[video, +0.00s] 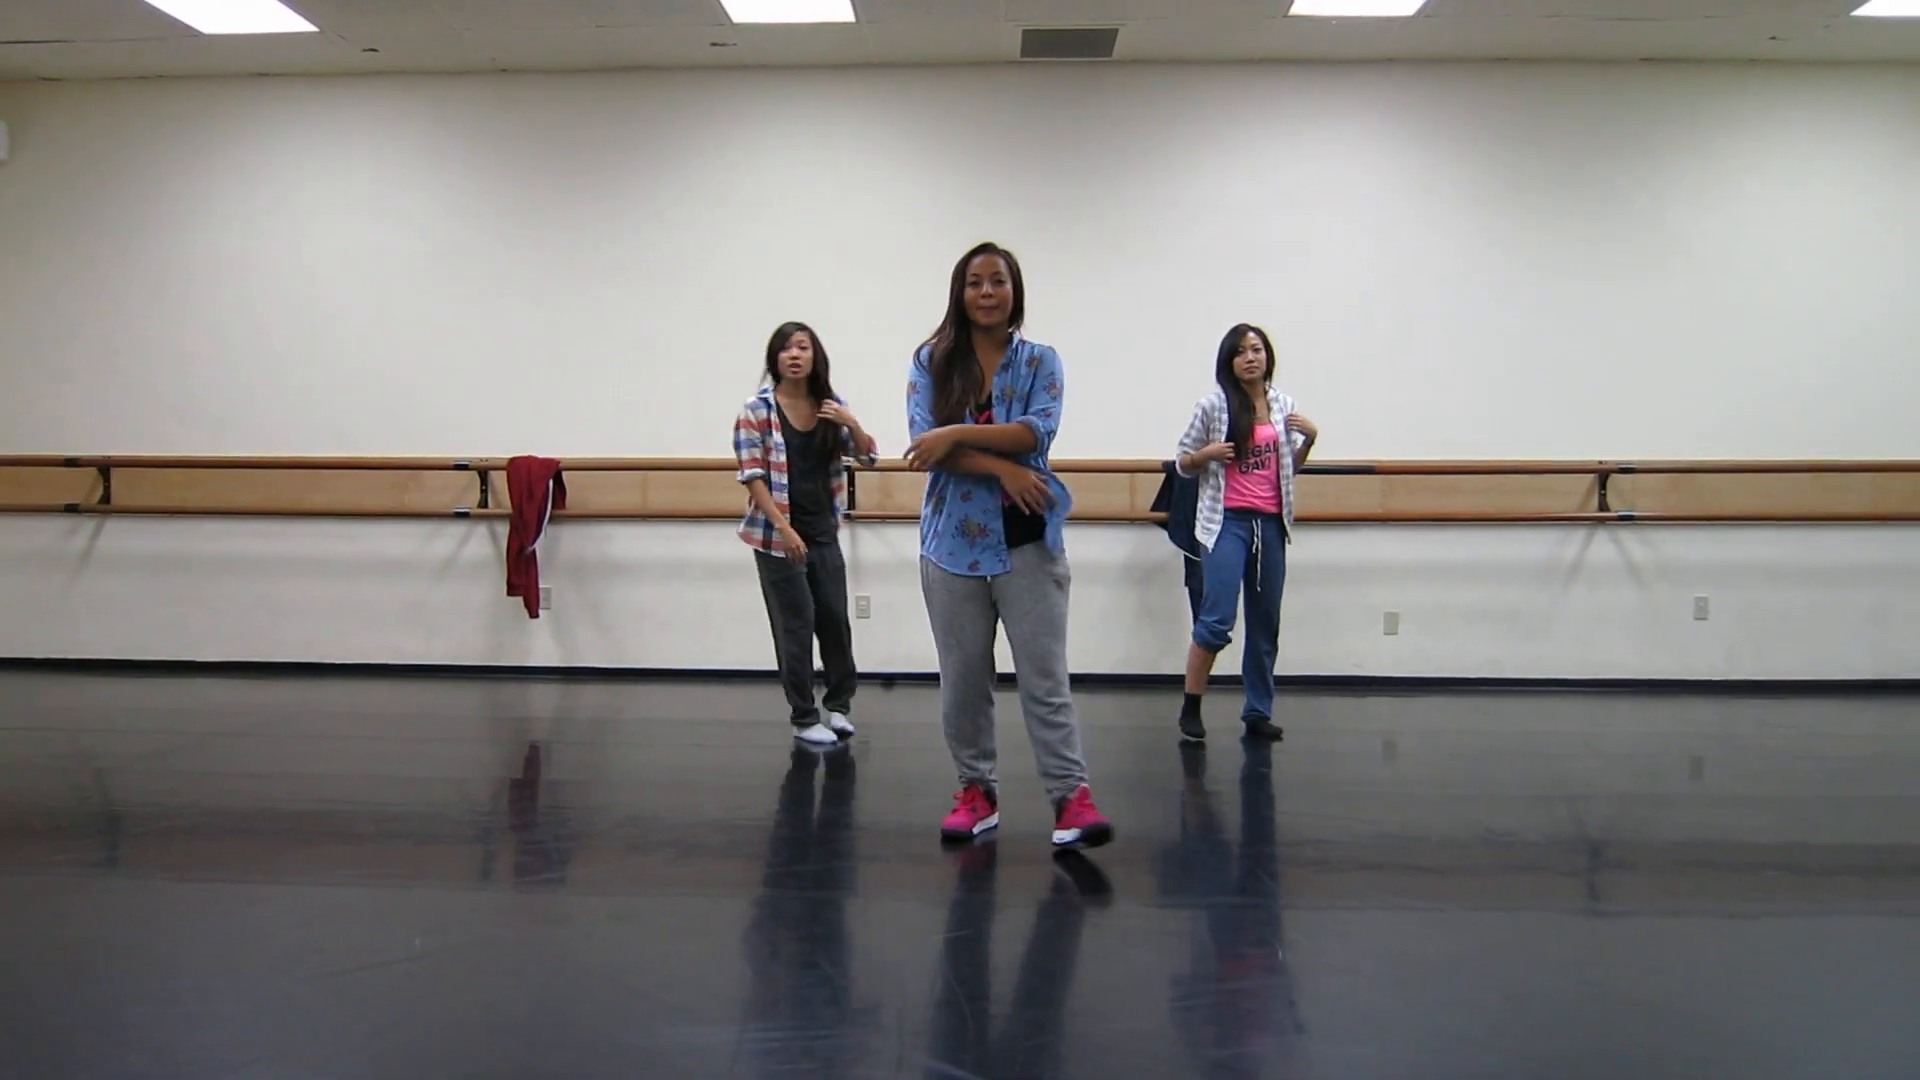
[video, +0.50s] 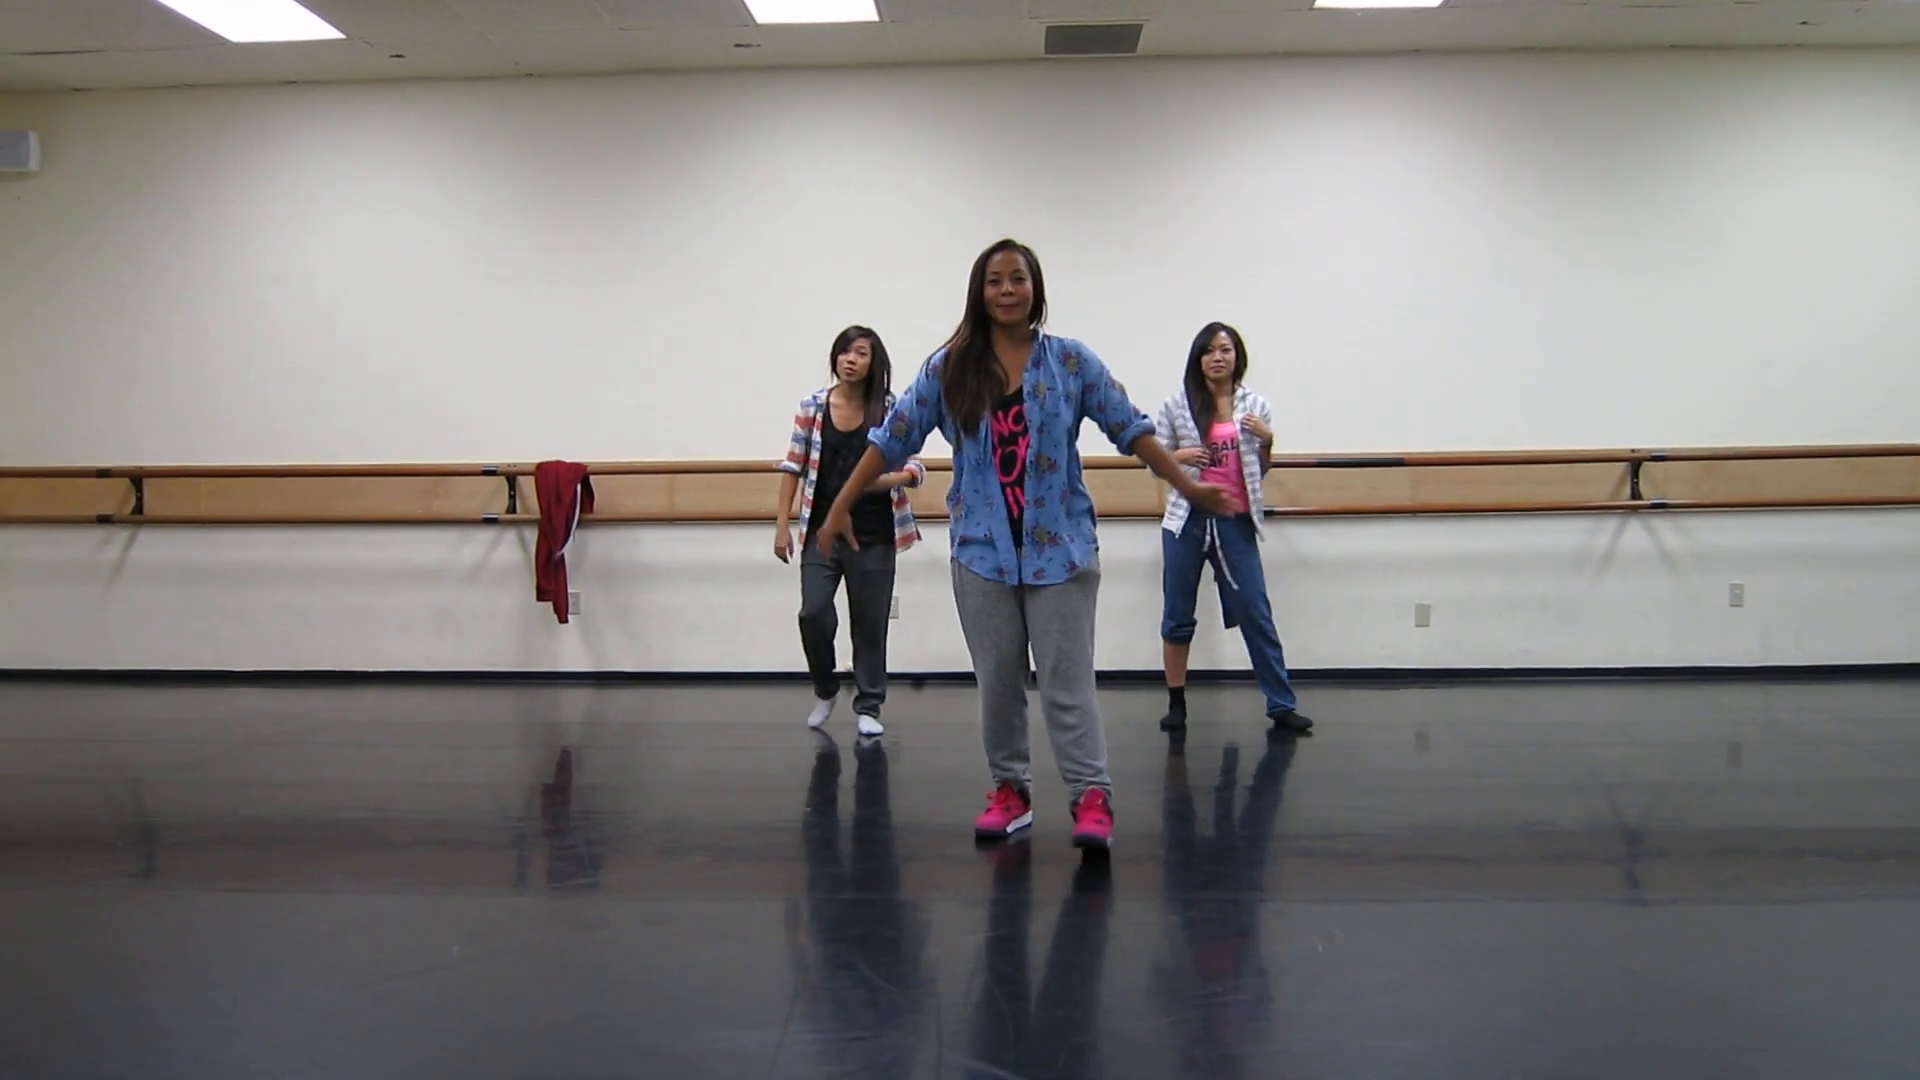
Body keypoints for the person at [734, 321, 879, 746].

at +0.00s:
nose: (795, 354)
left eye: (803, 347)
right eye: (787, 348)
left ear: (816, 357)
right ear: (774, 357)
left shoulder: (831, 408)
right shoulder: (756, 412)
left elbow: (867, 455)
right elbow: (753, 478)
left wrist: (850, 422)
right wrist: (782, 528)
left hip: (824, 536)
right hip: (778, 538)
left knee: (835, 622)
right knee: (795, 628)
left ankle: (838, 706)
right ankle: (805, 718)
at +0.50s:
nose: (853, 358)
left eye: (863, 353)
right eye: (847, 351)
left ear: (875, 363)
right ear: (835, 357)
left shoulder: (891, 409)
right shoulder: (814, 406)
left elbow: (915, 470)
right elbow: (793, 467)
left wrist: (878, 482)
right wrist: (782, 523)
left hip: (874, 537)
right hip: (821, 533)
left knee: (869, 627)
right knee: (813, 613)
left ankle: (869, 709)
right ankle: (825, 691)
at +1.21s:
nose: (835, 372)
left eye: (845, 368)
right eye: (830, 365)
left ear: (857, 377)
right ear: (819, 371)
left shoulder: (873, 422)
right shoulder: (797, 418)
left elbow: (885, 484)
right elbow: (781, 477)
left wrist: (889, 538)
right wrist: (776, 528)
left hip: (858, 540)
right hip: (809, 542)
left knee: (865, 618)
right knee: (820, 629)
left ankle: (883, 700)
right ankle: (831, 708)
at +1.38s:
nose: (837, 376)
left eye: (847, 371)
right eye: (831, 368)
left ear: (859, 379)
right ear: (821, 374)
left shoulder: (874, 424)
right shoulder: (799, 420)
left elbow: (887, 483)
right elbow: (782, 479)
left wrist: (891, 536)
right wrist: (778, 532)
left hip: (857, 543)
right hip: (807, 544)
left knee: (870, 625)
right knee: (816, 631)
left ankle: (887, 708)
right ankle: (826, 712)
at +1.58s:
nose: (841, 378)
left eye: (851, 374)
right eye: (836, 371)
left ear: (863, 382)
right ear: (825, 375)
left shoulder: (878, 426)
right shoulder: (803, 422)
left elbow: (882, 486)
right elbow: (787, 481)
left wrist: (871, 538)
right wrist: (783, 532)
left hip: (860, 545)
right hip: (811, 545)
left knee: (870, 633)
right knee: (812, 633)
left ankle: (877, 713)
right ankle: (816, 714)